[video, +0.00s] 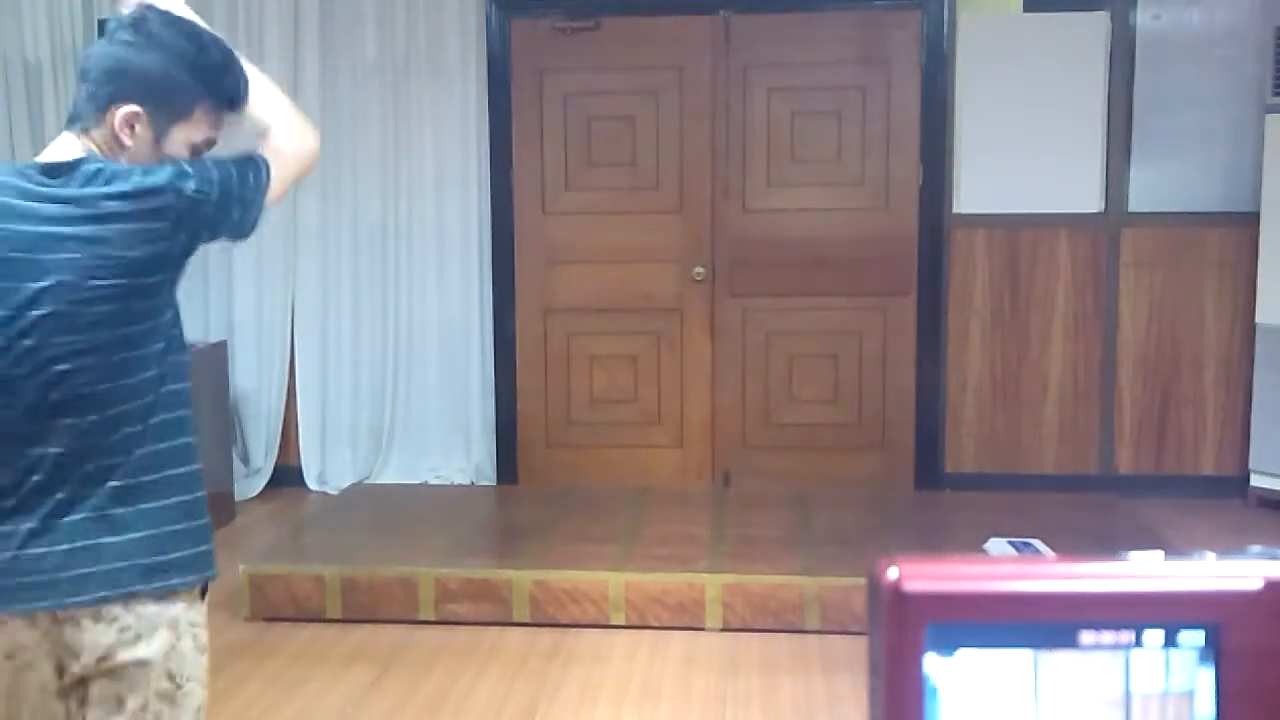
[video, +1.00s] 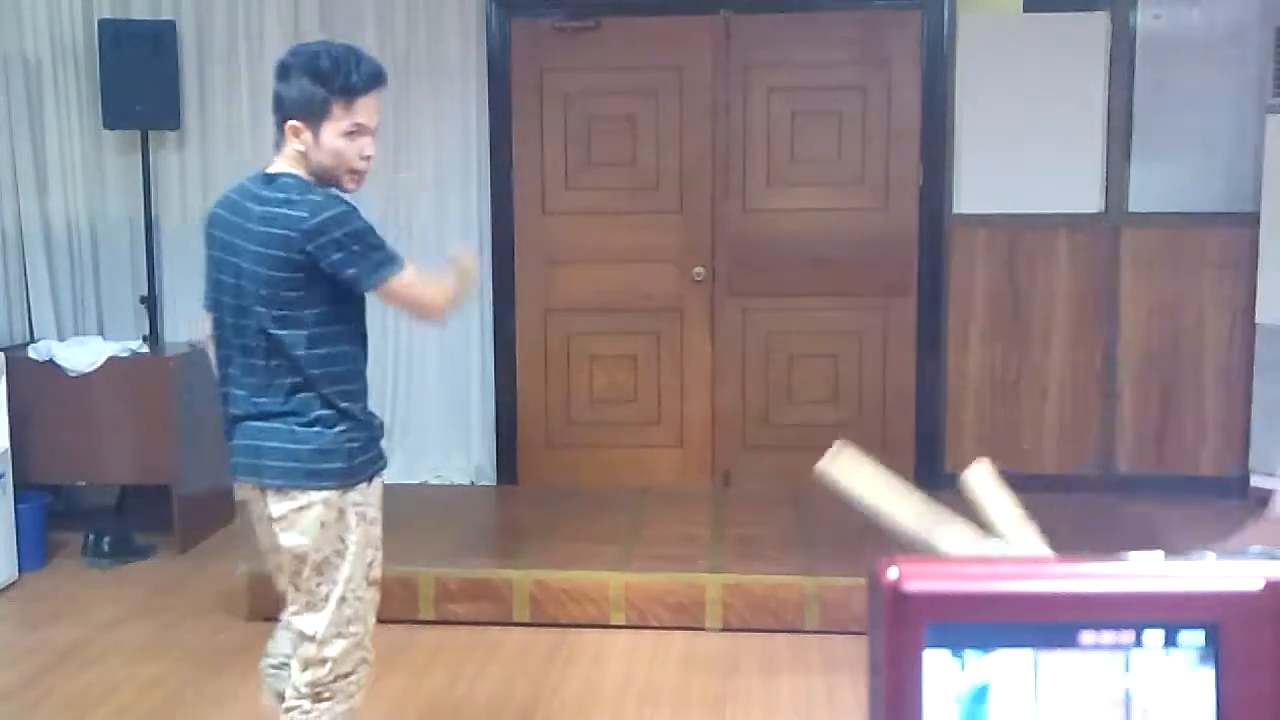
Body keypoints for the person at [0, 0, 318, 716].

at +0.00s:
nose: (198, 163)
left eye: (204, 147)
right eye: (194, 144)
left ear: (113, 124)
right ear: (127, 126)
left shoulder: (8, 194)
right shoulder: (156, 204)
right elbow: (296, 141)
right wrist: (202, 39)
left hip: (11, 574)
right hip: (136, 575)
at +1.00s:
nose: (369, 150)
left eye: (373, 132)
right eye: (354, 133)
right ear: (298, 131)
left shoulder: (229, 207)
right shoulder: (321, 215)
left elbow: (218, 335)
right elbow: (430, 301)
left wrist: (253, 413)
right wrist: (461, 273)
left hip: (255, 459)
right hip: (324, 467)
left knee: (301, 623)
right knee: (331, 652)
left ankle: (285, 708)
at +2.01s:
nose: (341, 160)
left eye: (352, 143)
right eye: (323, 143)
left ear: (364, 134)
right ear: (279, 135)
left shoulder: (349, 227)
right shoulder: (234, 221)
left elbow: (385, 331)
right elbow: (208, 347)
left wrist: (446, 407)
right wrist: (222, 462)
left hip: (340, 466)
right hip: (276, 469)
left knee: (329, 640)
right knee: (270, 656)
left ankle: (330, 717)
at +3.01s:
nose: (328, 154)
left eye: (337, 136)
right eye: (313, 133)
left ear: (341, 127)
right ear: (254, 118)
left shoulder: (311, 232)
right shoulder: (171, 216)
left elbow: (325, 361)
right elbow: (136, 361)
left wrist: (390, 451)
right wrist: (237, 466)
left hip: (301, 509)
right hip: (208, 522)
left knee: (314, 702)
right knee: (237, 708)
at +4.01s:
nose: (81, 153)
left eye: (86, 134)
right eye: (72, 132)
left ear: (15, 126)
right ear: (12, 122)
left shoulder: (12, 222)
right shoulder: (8, 223)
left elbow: (5, 408)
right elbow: (85, 372)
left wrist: (74, 473)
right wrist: (160, 290)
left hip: (30, 533)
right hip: (32, 539)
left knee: (47, 701)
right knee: (75, 704)